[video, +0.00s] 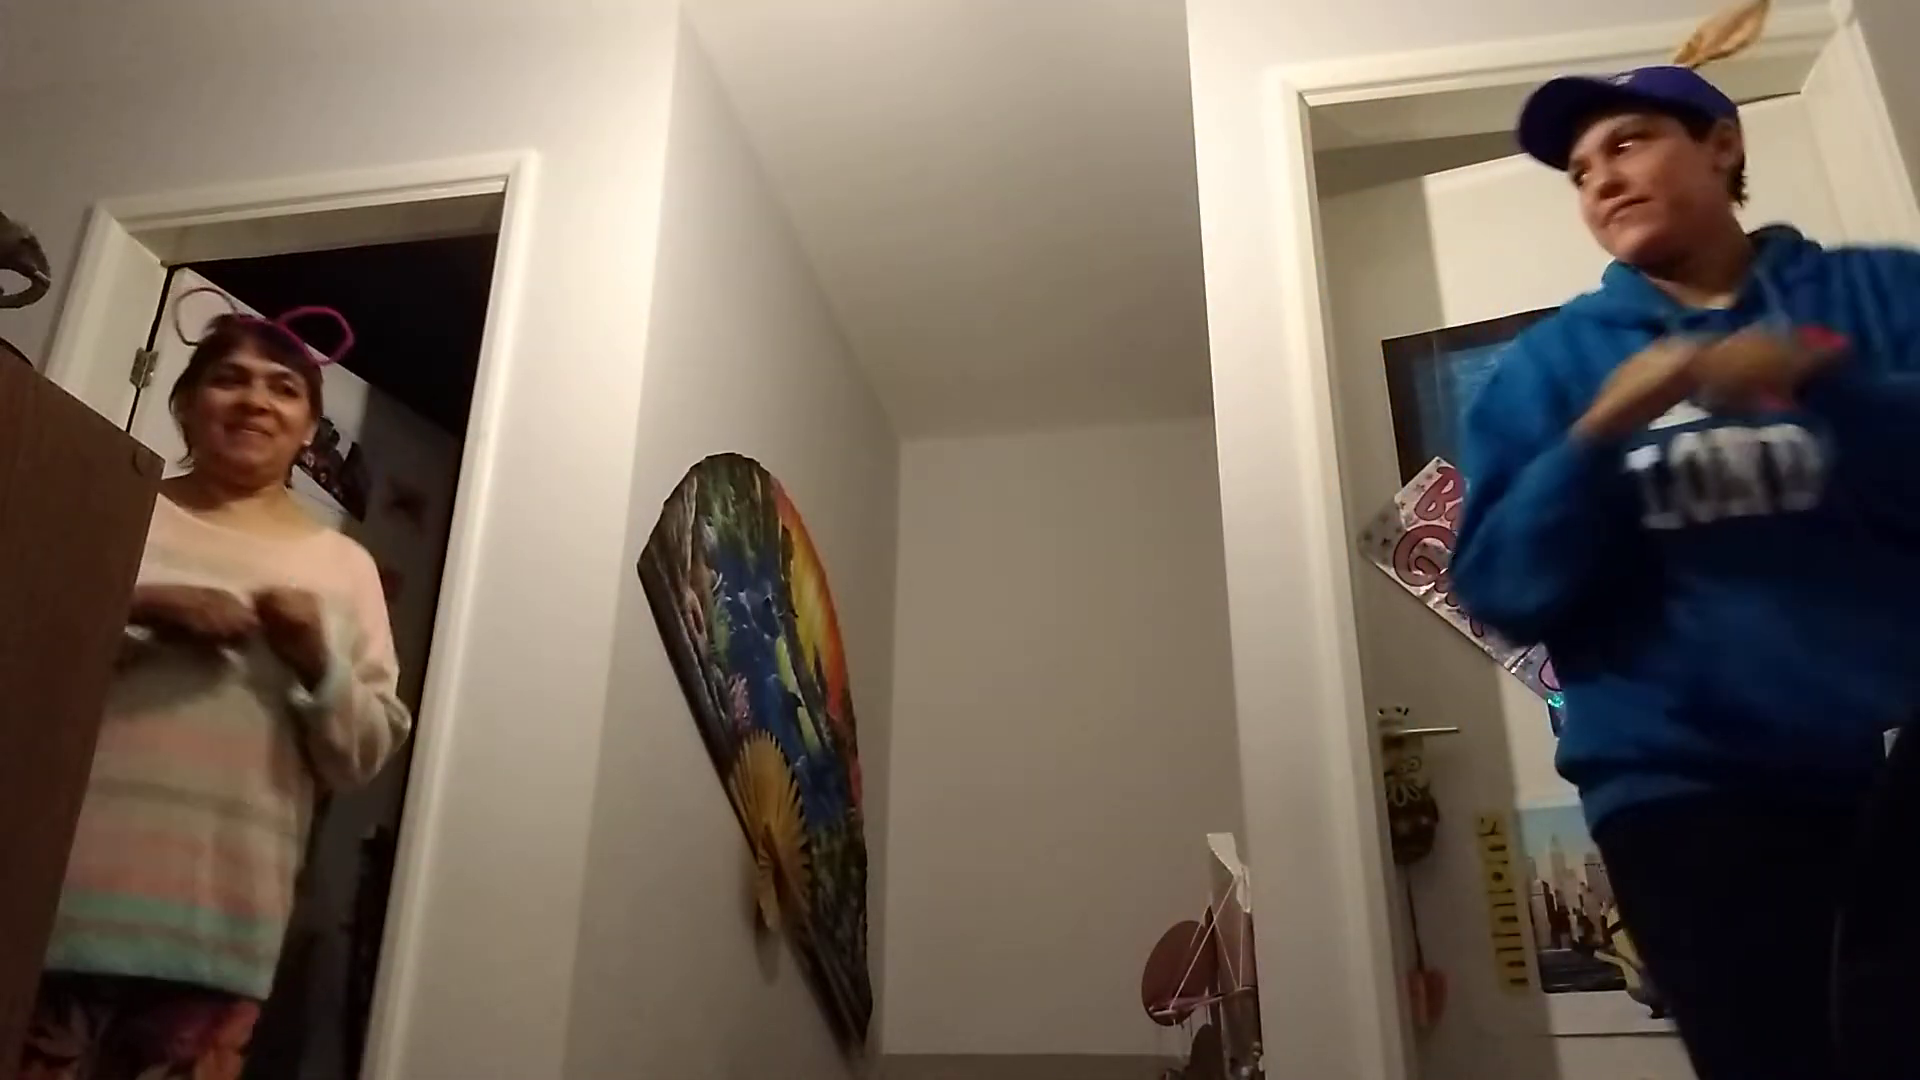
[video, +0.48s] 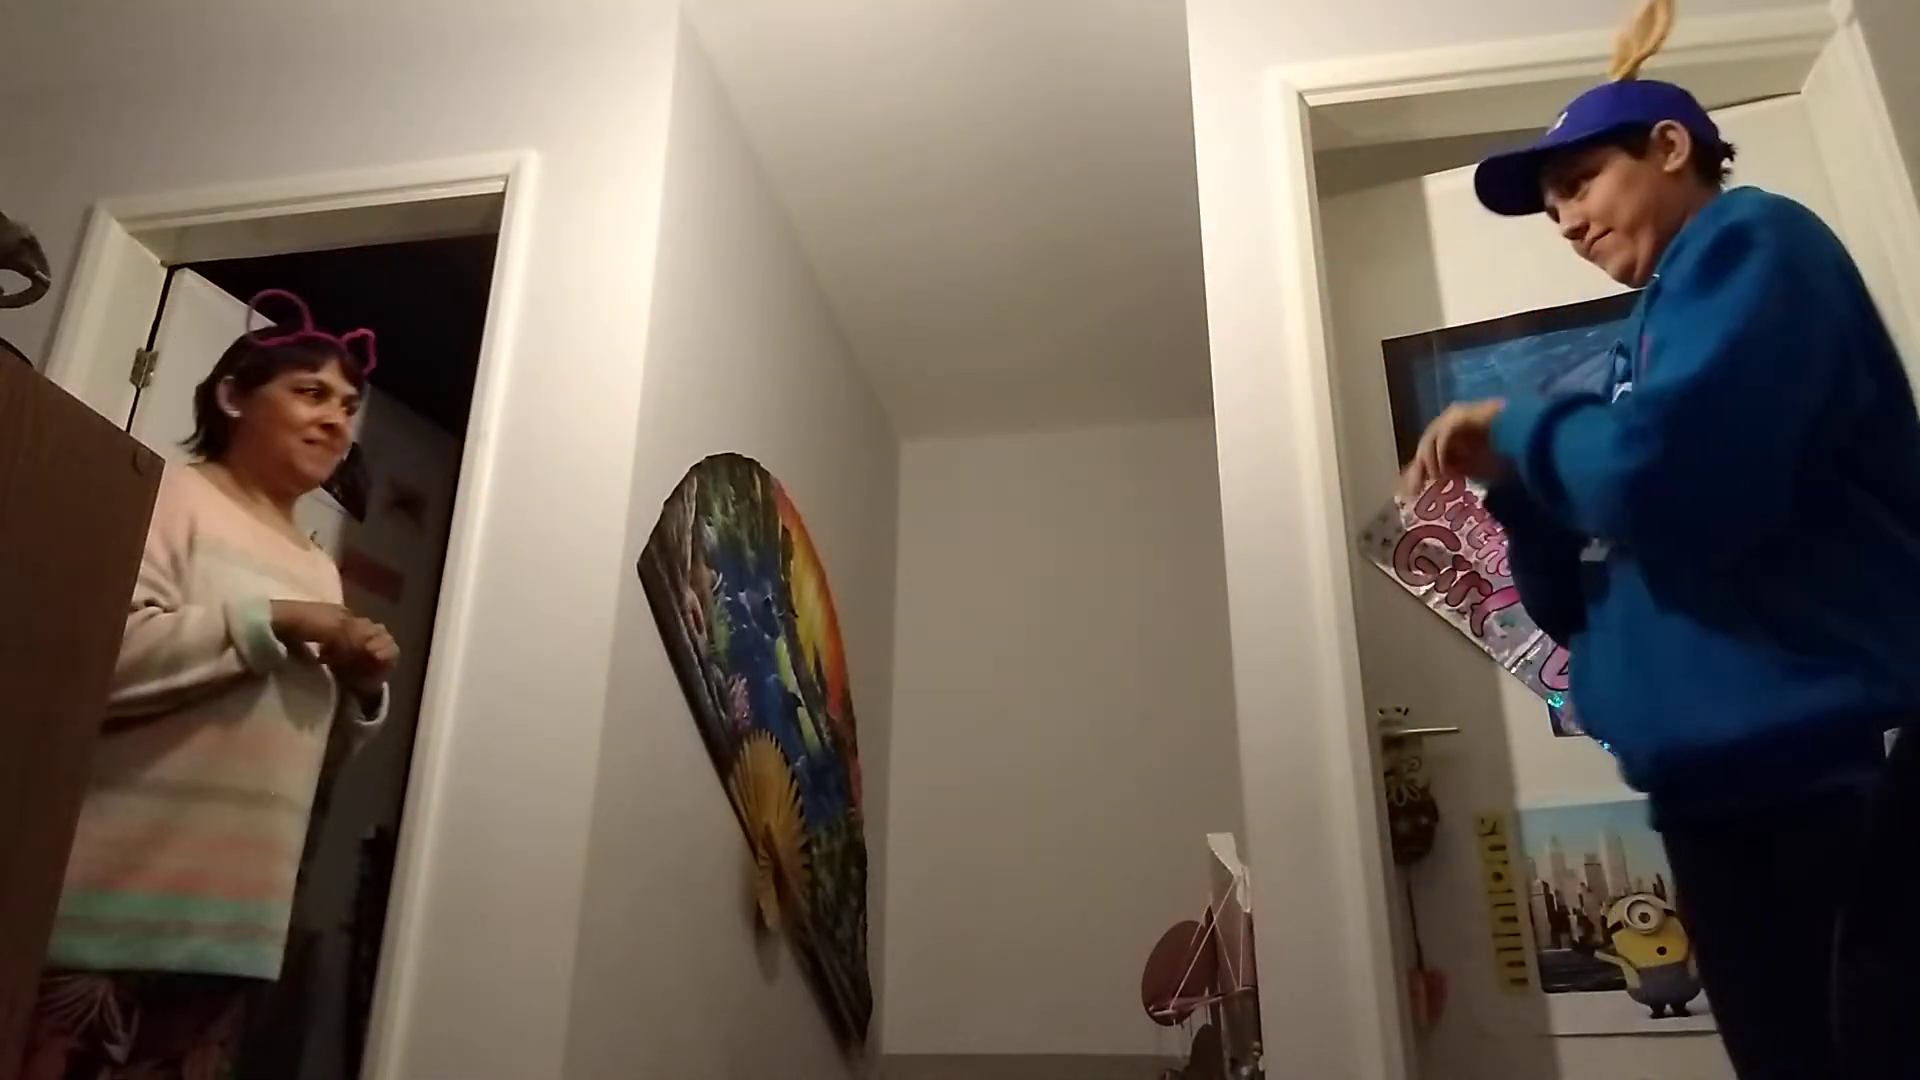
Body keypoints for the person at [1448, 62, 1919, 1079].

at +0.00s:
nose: (1601, 175)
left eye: (1629, 142)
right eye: (1582, 169)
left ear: (1721, 148)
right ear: (1580, 209)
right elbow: (1499, 589)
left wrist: (1819, 379)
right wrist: (1598, 429)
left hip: (1887, 761)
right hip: (1682, 793)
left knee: (1890, 1043)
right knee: (1768, 1055)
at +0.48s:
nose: (1569, 219)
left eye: (1584, 181)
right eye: (1554, 204)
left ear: (1672, 148)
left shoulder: (1754, 241)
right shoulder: (1641, 331)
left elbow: (1662, 468)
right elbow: (1574, 610)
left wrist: (1505, 430)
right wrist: (1516, 486)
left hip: (1833, 773)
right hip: (1716, 790)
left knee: (1851, 1052)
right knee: (1778, 1054)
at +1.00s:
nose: (1435, 290)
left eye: (1454, 256)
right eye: (1432, 267)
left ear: (1537, 240)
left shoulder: (1600, 312)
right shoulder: (1532, 402)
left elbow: (1547, 533)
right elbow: (1554, 692)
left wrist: (1403, 477)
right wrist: (1432, 558)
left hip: (1799, 784)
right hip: (1719, 812)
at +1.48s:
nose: (1219, 261)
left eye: (1235, 225)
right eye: (1215, 239)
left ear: (1317, 209)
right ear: (1309, 219)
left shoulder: (1390, 296)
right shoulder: (1313, 378)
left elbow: (1296, 501)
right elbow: (1242, 645)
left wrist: (1203, 418)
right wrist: (1206, 476)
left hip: (1473, 792)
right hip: (1393, 805)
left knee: (1444, 1056)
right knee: (1402, 1052)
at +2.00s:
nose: (1030, 256)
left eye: (1039, 227)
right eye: (1025, 239)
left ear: (1102, 196)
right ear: (1105, 205)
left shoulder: (1155, 257)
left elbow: (1019, 427)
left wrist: (983, 369)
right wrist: (1007, 368)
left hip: (1142, 705)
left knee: (1082, 1025)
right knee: (1117, 1024)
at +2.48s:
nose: (944, 293)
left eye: (949, 274)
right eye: (945, 278)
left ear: (989, 258)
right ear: (1080, 264)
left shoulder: (953, 338)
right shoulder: (1172, 392)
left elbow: (872, 561)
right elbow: (1177, 556)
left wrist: (977, 608)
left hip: (997, 761)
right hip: (1187, 773)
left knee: (973, 1051)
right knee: (1150, 1054)